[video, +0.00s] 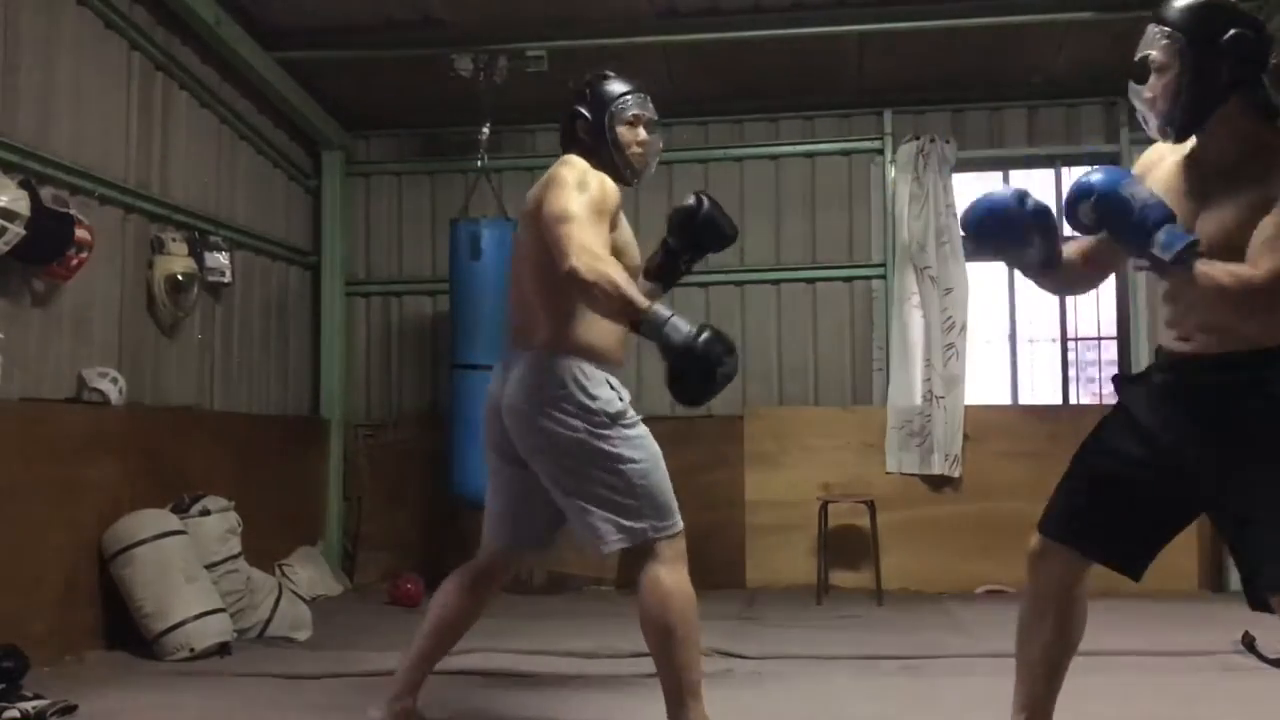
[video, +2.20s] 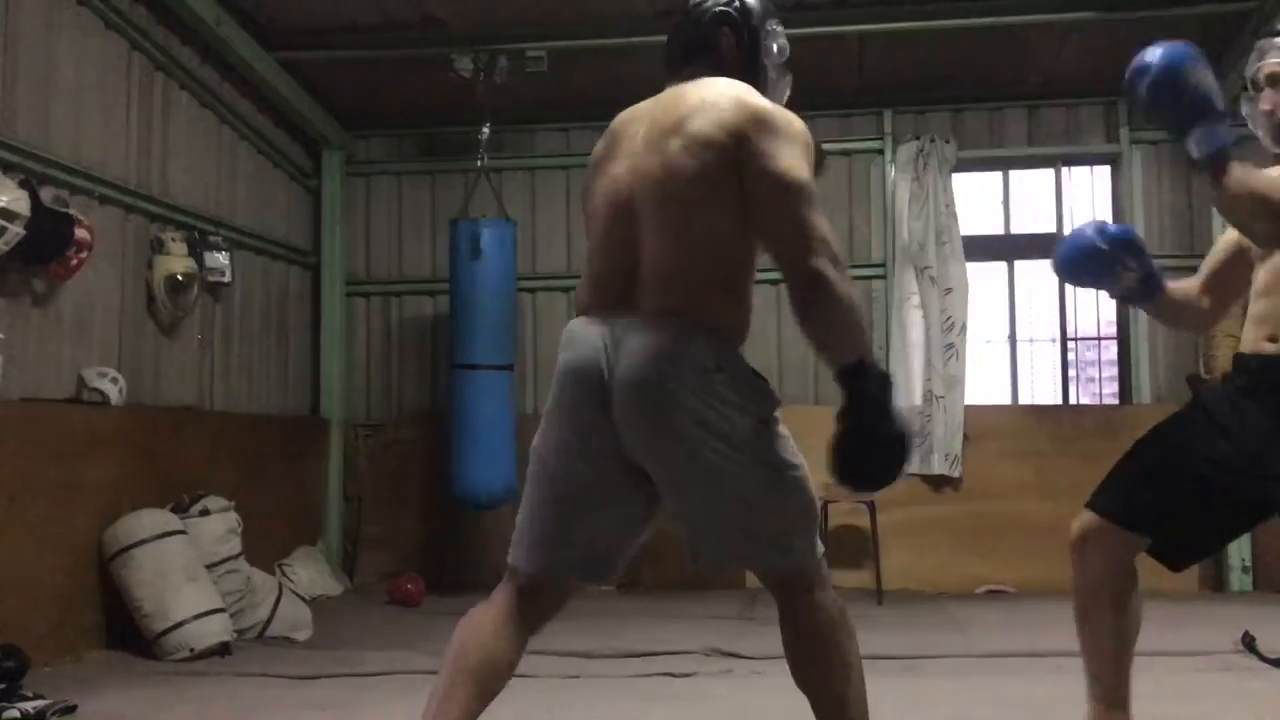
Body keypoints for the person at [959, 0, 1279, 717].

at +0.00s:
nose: (1139, 88)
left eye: (1152, 69)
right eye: (1139, 71)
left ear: (1217, 70)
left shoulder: (1273, 167)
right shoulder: (1159, 166)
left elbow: (1266, 297)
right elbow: (1077, 275)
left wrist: (1166, 252)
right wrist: (1031, 249)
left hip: (1260, 395)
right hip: (1166, 394)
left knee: (1279, 595)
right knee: (1056, 552)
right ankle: (1031, 715)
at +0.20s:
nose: (1121, 81)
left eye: (1131, 63)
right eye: (1118, 66)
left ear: (1189, 57)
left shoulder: (1273, 144)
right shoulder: (1151, 161)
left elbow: (1225, 253)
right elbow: (1142, 281)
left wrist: (1148, 166)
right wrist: (1082, 312)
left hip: (1257, 387)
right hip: (1163, 389)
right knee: (1070, 553)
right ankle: (1050, 715)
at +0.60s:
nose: (1077, 83)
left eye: (1088, 64)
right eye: (1076, 67)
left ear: (1143, 59)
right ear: (1130, 65)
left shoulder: (1245, 136)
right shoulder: (1130, 162)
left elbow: (1215, 265)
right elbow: (1063, 280)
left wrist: (1119, 197)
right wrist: (1004, 251)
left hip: (1233, 385)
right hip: (1134, 387)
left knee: (1275, 580)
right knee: (1051, 545)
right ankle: (1046, 719)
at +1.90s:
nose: (1171, 111)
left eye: (1187, 92)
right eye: (1166, 97)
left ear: (1242, 93)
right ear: (1162, 100)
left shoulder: (1276, 191)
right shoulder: (1183, 185)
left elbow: (1222, 280)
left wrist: (1155, 168)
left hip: (1274, 402)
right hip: (1204, 404)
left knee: (1272, 570)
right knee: (1078, 563)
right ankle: (1045, 717)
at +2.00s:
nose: (1232, 80)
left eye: (1252, 65)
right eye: (1229, 64)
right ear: (1223, 78)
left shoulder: (1278, 169)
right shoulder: (1219, 177)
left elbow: (1206, 177)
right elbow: (1109, 220)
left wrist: (1176, 93)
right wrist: (1025, 185)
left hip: (1273, 407)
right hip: (1220, 409)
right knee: (1078, 556)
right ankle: (1046, 716)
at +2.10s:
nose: (1262, 106)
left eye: (1270, 96)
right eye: (1265, 94)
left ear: (1275, 103)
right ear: (1265, 103)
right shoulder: (1262, 194)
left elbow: (1224, 132)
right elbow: (1157, 246)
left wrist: (1180, 45)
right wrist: (1070, 231)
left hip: (1265, 401)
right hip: (1252, 402)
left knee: (1100, 559)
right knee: (1099, 559)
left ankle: (1054, 709)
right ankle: (1053, 712)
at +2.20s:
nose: (1269, 100)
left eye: (1278, 86)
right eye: (1263, 87)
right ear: (1252, 97)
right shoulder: (1254, 183)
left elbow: (1265, 223)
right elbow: (1205, 305)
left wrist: (1210, 130)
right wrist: (1143, 287)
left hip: (1268, 387)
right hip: (1251, 389)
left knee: (1105, 540)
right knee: (1098, 540)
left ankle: (1109, 709)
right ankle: (1108, 711)